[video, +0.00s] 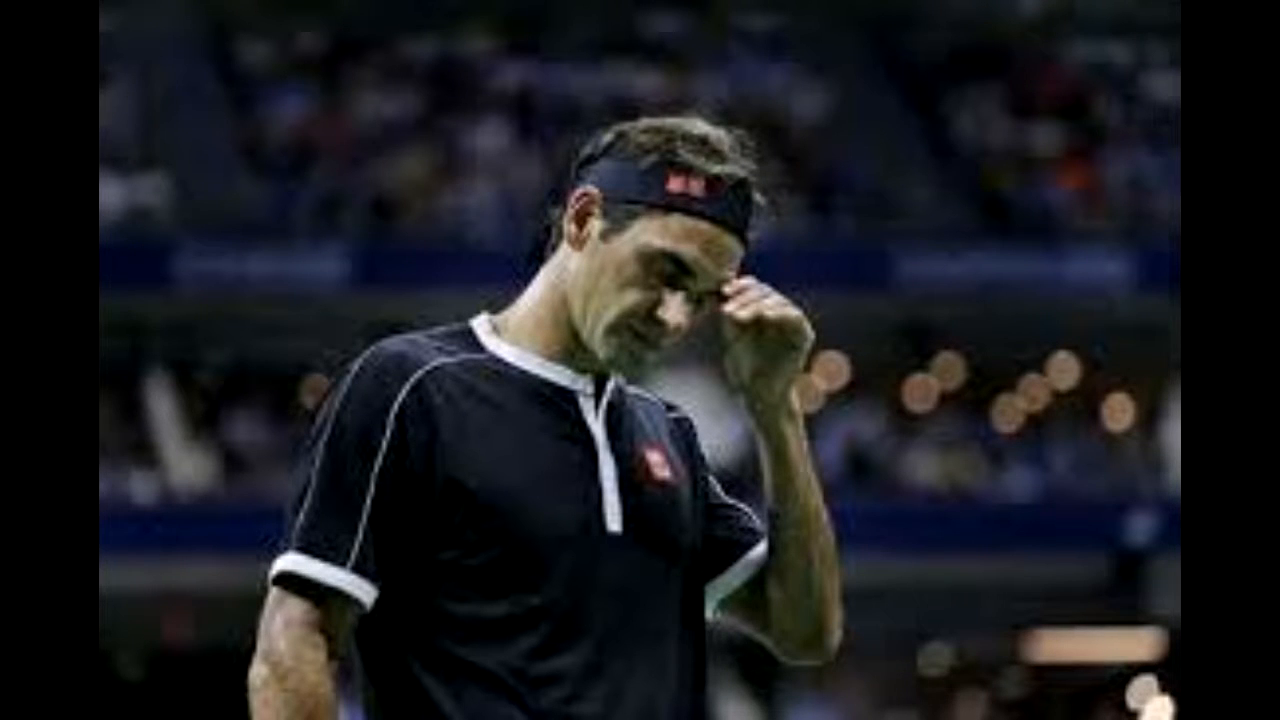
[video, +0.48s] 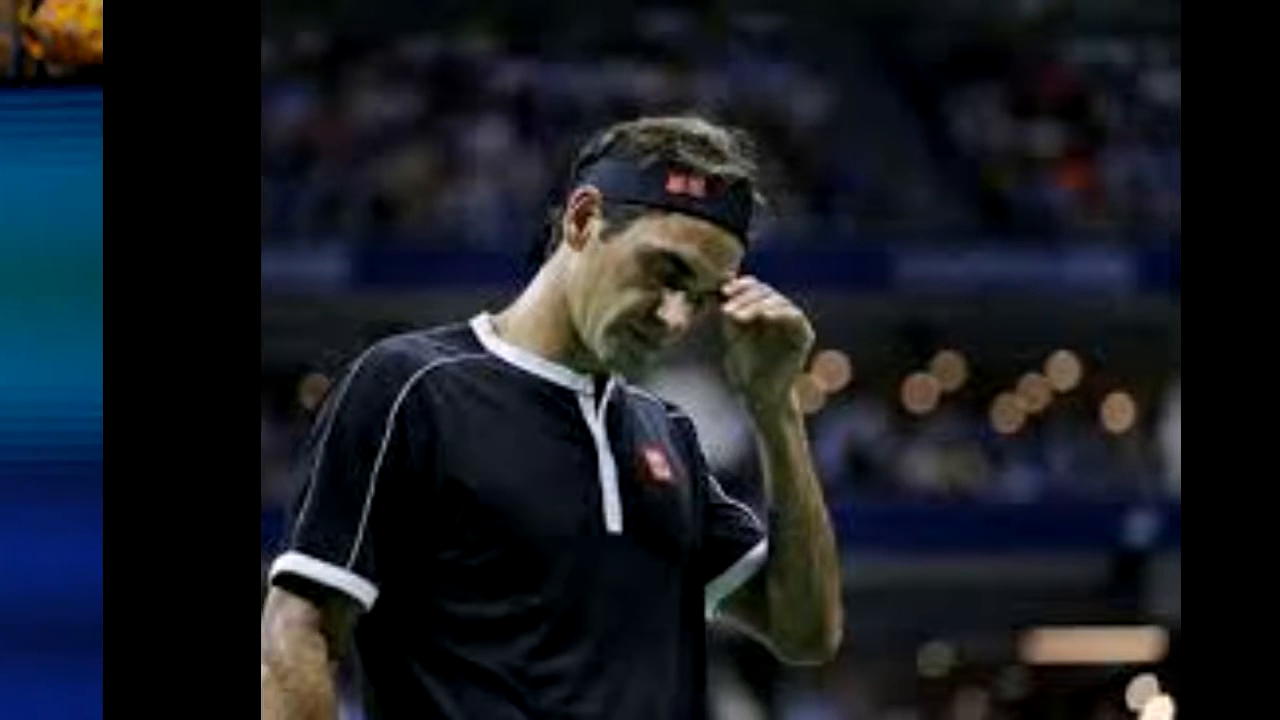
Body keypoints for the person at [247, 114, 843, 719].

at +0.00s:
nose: (675, 318)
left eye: (701, 299)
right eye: (665, 273)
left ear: (719, 301)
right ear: (584, 221)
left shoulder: (664, 435)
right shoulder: (404, 386)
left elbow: (805, 633)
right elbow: (292, 642)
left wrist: (776, 410)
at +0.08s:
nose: (675, 318)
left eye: (702, 299)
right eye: (665, 273)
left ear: (720, 301)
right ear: (584, 221)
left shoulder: (664, 435)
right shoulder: (404, 386)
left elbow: (805, 633)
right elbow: (292, 642)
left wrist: (776, 410)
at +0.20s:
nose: (676, 318)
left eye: (702, 299)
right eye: (665, 273)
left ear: (719, 301)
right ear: (584, 221)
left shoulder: (664, 435)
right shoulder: (404, 386)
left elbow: (805, 633)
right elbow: (292, 642)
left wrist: (776, 410)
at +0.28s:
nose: (675, 318)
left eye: (701, 299)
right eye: (664, 273)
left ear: (719, 301)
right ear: (584, 221)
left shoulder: (664, 435)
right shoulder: (404, 386)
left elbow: (805, 633)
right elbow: (292, 642)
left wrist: (776, 410)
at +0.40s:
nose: (675, 317)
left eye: (701, 299)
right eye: (664, 273)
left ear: (718, 301)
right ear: (584, 220)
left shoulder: (664, 435)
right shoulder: (403, 386)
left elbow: (805, 634)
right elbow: (292, 641)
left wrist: (776, 409)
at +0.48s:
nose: (676, 318)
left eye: (702, 298)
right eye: (665, 271)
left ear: (718, 302)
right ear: (583, 222)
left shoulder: (664, 435)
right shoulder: (404, 384)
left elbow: (806, 634)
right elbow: (296, 628)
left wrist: (777, 409)